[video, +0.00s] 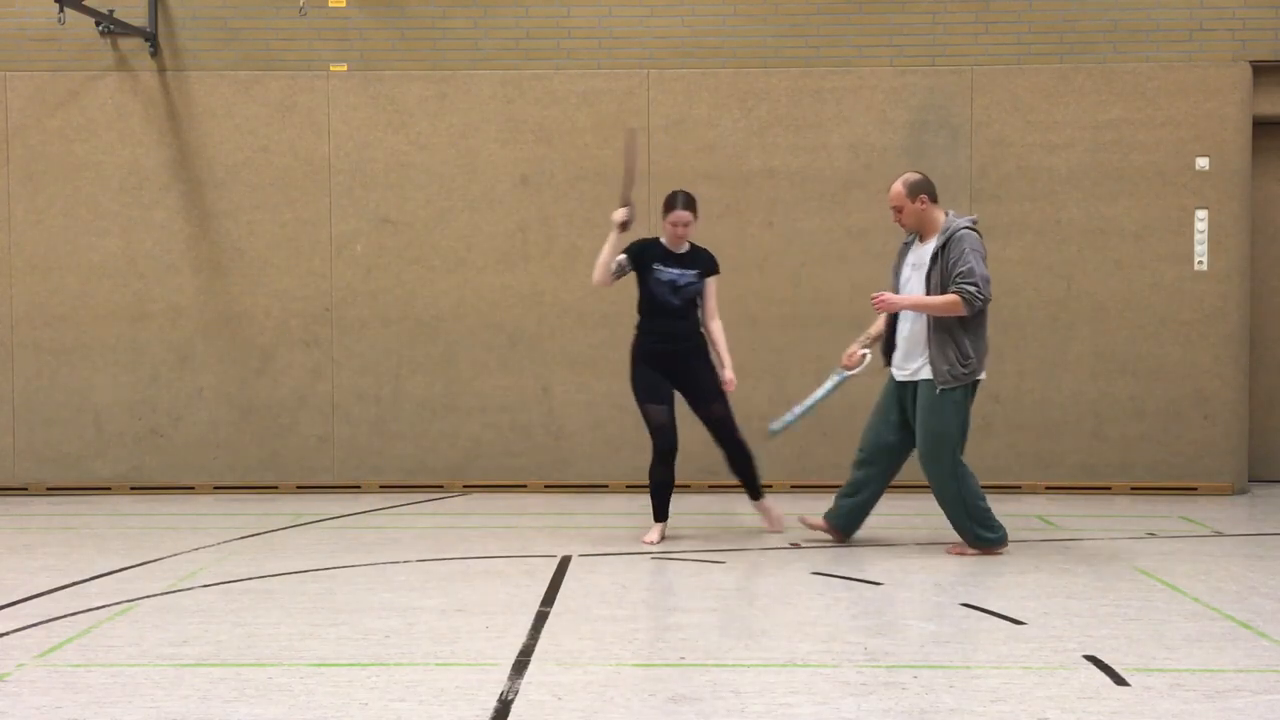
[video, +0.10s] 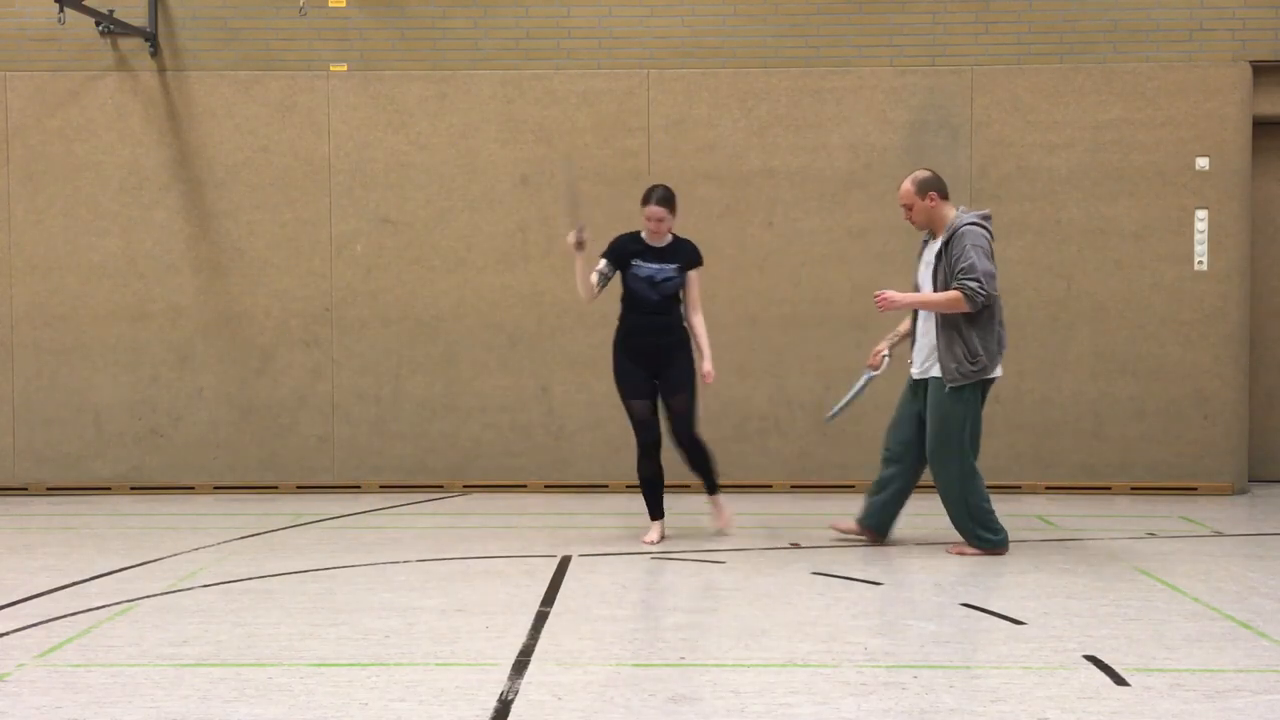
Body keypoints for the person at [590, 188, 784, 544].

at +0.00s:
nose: (680, 231)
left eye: (687, 224)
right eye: (675, 224)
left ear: (695, 223)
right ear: (663, 221)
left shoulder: (703, 261)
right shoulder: (644, 251)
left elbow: (711, 318)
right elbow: (601, 278)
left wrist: (726, 365)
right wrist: (616, 231)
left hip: (692, 358)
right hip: (650, 359)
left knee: (728, 433)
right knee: (664, 443)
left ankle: (758, 499)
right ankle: (659, 524)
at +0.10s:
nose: (654, 226)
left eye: (661, 219)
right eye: (649, 218)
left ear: (673, 218)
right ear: (641, 216)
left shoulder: (685, 251)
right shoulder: (624, 246)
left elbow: (694, 310)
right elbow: (588, 293)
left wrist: (705, 357)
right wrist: (580, 254)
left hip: (675, 351)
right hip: (632, 352)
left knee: (684, 434)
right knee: (647, 440)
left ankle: (714, 496)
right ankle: (655, 523)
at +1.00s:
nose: (398, 235)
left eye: (404, 229)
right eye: (394, 229)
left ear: (422, 225)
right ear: (392, 225)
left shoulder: (444, 262)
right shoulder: (381, 258)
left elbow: (453, 318)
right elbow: (366, 309)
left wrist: (458, 365)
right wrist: (351, 316)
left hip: (426, 365)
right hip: (383, 363)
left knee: (445, 448)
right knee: (353, 443)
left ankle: (485, 527)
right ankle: (318, 518)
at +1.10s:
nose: (392, 237)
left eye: (398, 230)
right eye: (386, 230)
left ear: (408, 232)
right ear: (376, 230)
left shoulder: (420, 268)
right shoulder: (356, 263)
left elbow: (428, 324)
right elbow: (338, 317)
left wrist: (435, 367)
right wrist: (329, 306)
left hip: (400, 369)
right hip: (355, 368)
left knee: (430, 446)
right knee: (336, 447)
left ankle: (470, 525)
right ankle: (316, 522)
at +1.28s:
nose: (395, 229)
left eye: (398, 222)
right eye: (389, 222)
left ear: (399, 225)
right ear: (368, 223)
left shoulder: (395, 267)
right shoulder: (339, 258)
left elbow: (399, 322)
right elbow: (317, 316)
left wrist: (415, 362)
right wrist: (325, 276)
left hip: (374, 365)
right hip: (333, 363)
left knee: (414, 437)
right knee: (330, 448)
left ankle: (432, 521)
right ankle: (316, 524)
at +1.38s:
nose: (397, 222)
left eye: (399, 215)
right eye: (391, 215)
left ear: (388, 219)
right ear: (368, 217)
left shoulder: (387, 263)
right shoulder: (339, 253)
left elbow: (393, 320)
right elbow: (324, 299)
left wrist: (416, 361)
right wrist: (337, 249)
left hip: (367, 363)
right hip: (327, 362)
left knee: (406, 434)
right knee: (328, 445)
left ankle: (413, 520)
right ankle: (315, 523)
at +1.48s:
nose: (396, 215)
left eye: (396, 209)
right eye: (390, 209)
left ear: (382, 213)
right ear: (367, 211)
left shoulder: (383, 258)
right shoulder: (339, 246)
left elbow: (392, 316)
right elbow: (339, 274)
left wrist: (418, 354)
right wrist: (344, 223)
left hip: (368, 362)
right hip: (327, 360)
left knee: (395, 438)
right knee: (318, 441)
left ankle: (415, 520)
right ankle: (300, 520)